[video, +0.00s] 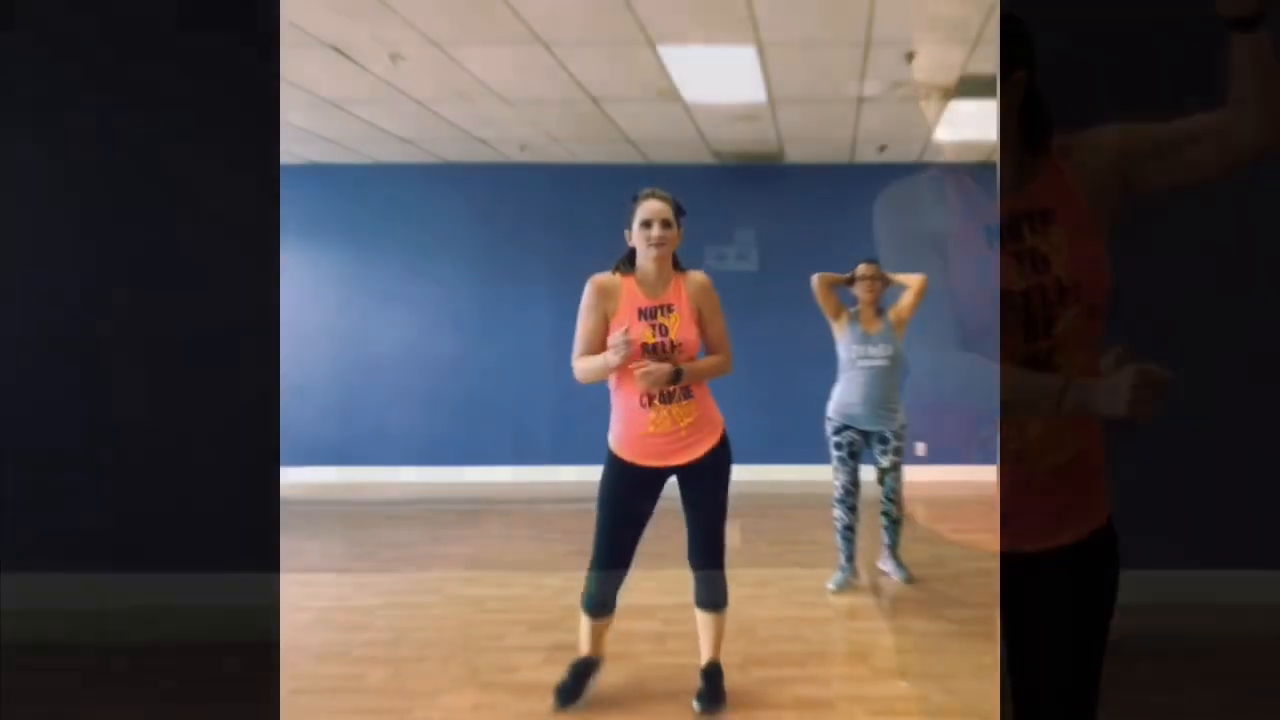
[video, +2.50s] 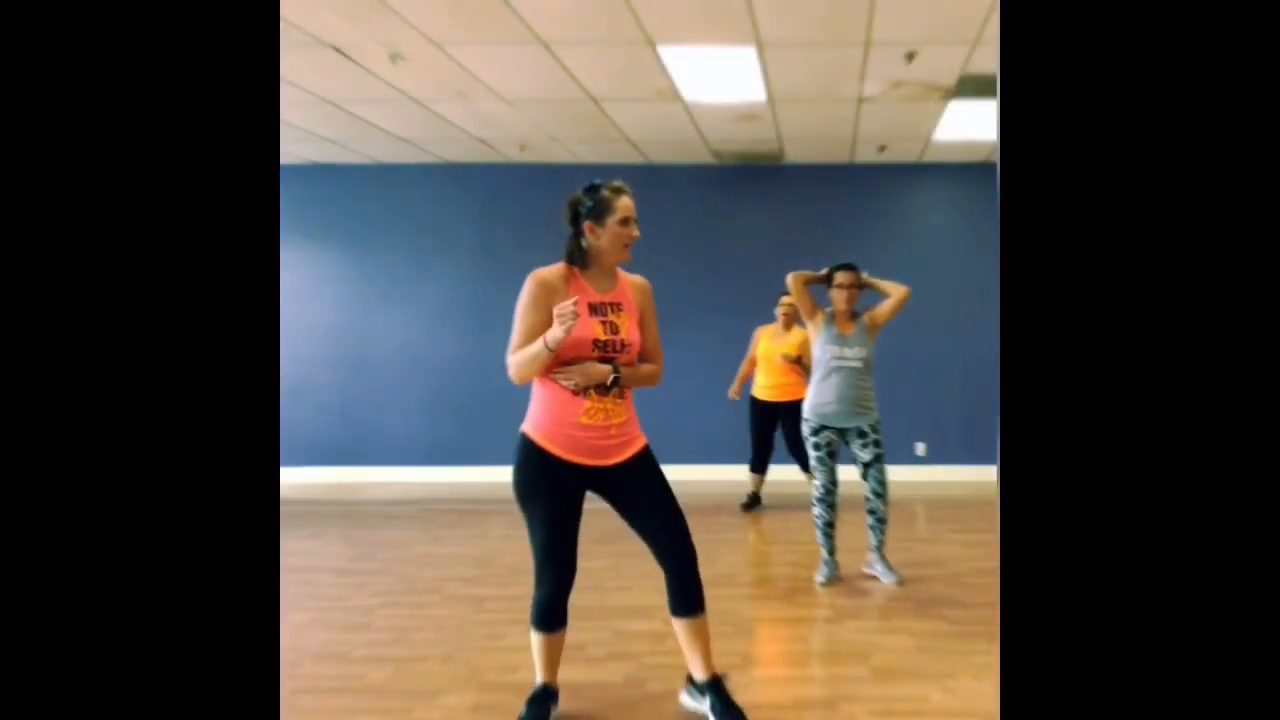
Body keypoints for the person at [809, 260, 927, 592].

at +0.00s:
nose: (869, 285)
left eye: (874, 280)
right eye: (863, 280)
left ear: (883, 287)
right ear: (854, 288)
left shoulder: (895, 321)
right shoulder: (842, 319)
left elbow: (920, 282)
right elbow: (818, 281)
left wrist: (889, 277)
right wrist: (848, 279)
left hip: (887, 419)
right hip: (845, 418)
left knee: (892, 493)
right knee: (845, 493)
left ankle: (889, 556)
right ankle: (846, 565)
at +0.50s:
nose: (888, 292)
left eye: (894, 285)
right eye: (882, 285)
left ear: (903, 290)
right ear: (873, 290)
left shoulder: (914, 322)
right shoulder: (861, 320)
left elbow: (944, 282)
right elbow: (834, 281)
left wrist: (911, 279)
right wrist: (864, 277)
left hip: (905, 418)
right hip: (865, 416)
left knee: (900, 492)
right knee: (862, 490)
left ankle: (891, 556)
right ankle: (860, 560)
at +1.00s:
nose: (882, 296)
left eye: (888, 290)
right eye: (876, 290)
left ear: (896, 292)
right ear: (866, 292)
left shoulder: (907, 322)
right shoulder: (854, 319)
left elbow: (935, 281)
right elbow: (827, 278)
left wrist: (904, 268)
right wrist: (858, 270)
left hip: (899, 419)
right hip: (858, 416)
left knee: (895, 492)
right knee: (851, 490)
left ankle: (891, 555)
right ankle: (847, 557)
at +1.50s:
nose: (870, 293)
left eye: (875, 287)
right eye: (863, 288)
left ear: (884, 291)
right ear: (854, 291)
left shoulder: (896, 320)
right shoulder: (841, 319)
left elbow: (927, 284)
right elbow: (811, 282)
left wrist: (895, 268)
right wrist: (848, 269)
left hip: (888, 416)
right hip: (847, 416)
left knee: (890, 491)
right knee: (847, 491)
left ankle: (889, 557)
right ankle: (846, 558)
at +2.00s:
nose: (869, 295)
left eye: (875, 289)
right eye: (863, 289)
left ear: (883, 293)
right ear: (852, 294)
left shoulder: (892, 324)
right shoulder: (840, 321)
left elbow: (922, 288)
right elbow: (811, 285)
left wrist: (890, 279)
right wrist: (844, 277)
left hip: (889, 417)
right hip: (847, 417)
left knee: (893, 492)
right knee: (839, 490)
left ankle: (889, 557)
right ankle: (830, 560)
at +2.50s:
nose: (846, 294)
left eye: (852, 288)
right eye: (840, 287)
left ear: (860, 293)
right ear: (829, 292)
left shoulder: (869, 324)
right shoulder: (817, 321)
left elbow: (902, 293)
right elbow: (793, 279)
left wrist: (869, 281)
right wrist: (824, 276)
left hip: (862, 418)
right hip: (820, 418)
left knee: (878, 487)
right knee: (824, 490)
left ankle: (876, 555)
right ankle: (827, 559)